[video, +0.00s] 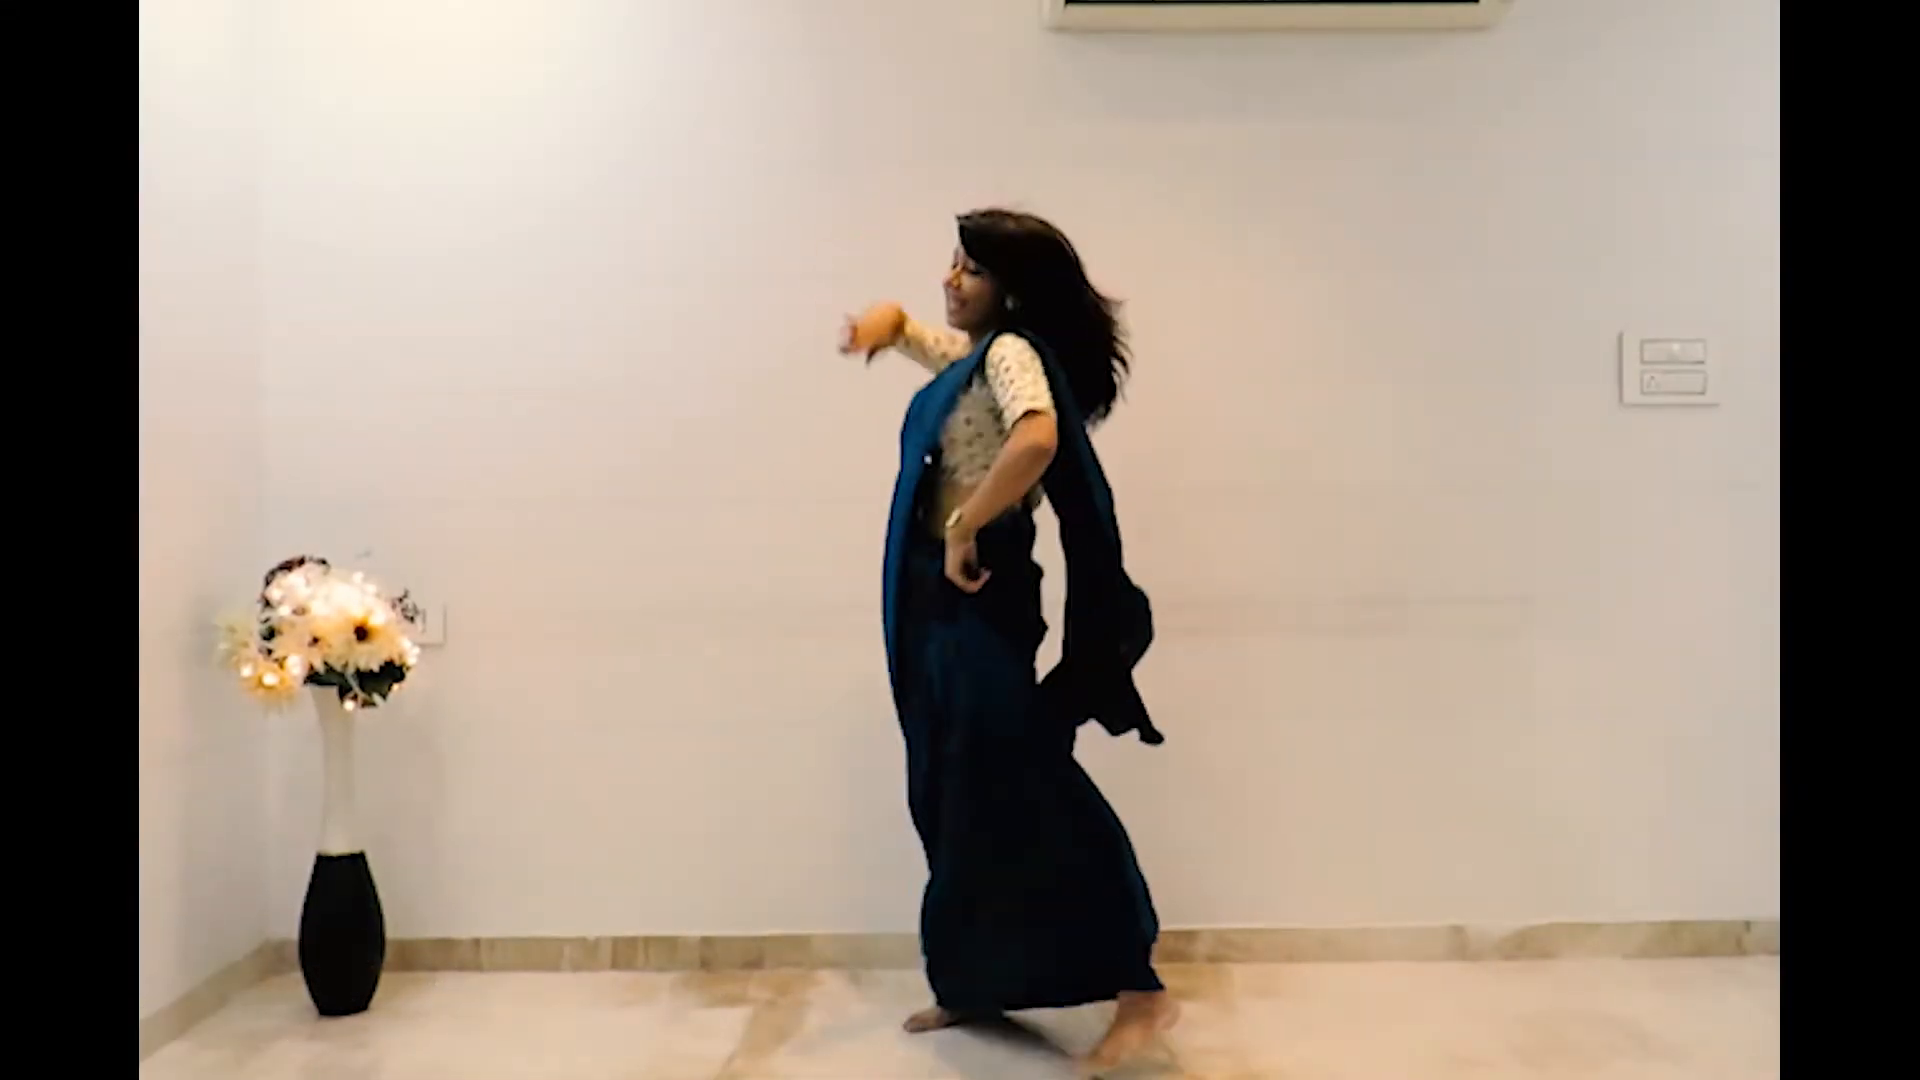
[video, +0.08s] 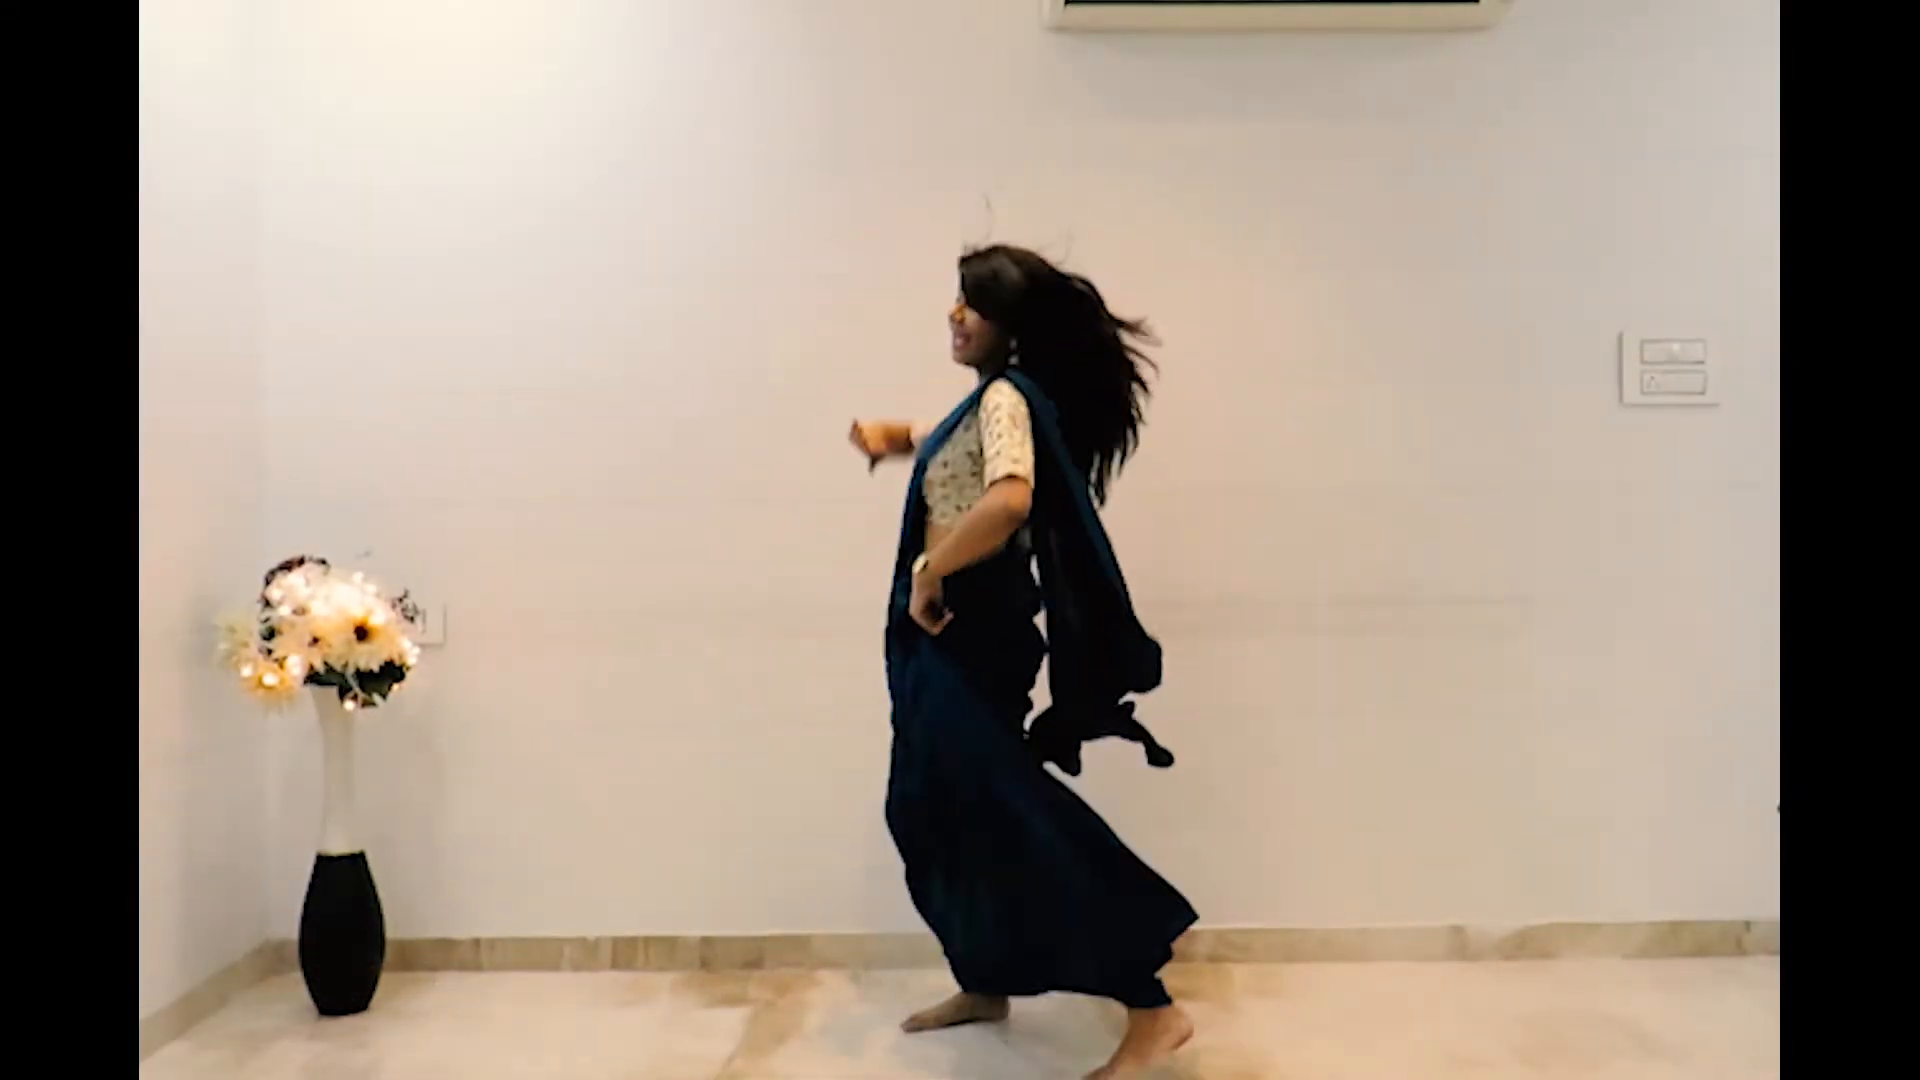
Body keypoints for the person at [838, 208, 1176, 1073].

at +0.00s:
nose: (950, 280)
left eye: (965, 272)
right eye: (954, 268)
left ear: (1004, 288)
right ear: (985, 285)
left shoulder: (1007, 353)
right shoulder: (966, 355)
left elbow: (1039, 436)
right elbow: (916, 335)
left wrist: (965, 523)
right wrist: (886, 323)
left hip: (986, 614)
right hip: (936, 613)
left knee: (1037, 788)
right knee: (949, 793)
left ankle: (1141, 991)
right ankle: (974, 985)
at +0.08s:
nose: (954, 318)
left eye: (970, 309)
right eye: (957, 304)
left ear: (1007, 326)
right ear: (992, 322)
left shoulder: (1003, 398)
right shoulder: (989, 396)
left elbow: (1010, 499)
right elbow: (955, 451)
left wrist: (932, 569)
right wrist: (903, 441)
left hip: (975, 644)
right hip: (952, 638)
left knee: (1008, 816)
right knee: (929, 806)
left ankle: (1150, 1009)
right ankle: (980, 986)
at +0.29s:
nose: (968, 265)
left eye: (983, 252)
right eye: (967, 252)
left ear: (1019, 268)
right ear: (965, 269)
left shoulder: (1056, 348)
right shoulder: (938, 362)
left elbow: (1129, 429)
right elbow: (822, 375)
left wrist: (1037, 492)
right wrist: (917, 348)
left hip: (1028, 609)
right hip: (944, 609)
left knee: (1064, 795)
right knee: (949, 790)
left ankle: (1139, 999)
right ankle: (964, 978)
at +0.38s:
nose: (988, 238)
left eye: (1007, 228)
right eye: (978, 224)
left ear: (1038, 247)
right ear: (958, 239)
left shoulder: (1072, 327)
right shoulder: (929, 327)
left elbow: (1164, 403)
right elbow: (848, 284)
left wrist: (1082, 462)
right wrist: (971, 281)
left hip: (1039, 572)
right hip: (944, 572)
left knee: (1060, 766)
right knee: (953, 767)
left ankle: (1092, 965)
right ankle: (975, 956)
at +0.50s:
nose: (1003, 252)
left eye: (1019, 243)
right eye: (988, 240)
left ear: (1042, 268)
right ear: (957, 260)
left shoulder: (1067, 345)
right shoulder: (929, 332)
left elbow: (1148, 424)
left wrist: (1114, 476)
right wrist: (1075, 323)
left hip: (1066, 576)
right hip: (976, 583)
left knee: (1070, 768)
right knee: (1005, 784)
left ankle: (1023, 972)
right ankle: (1004, 1012)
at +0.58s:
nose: (1014, 290)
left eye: (1028, 282)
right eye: (997, 277)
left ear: (1045, 308)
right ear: (962, 296)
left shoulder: (1038, 386)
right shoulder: (957, 391)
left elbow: (1092, 466)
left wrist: (1103, 510)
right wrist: (1084, 404)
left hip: (1056, 622)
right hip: (1002, 633)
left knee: (1081, 807)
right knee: (1052, 810)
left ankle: (1031, 1009)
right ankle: (1019, 1023)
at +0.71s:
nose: (1026, 298)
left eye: (1039, 290)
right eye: (1010, 283)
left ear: (1047, 317)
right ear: (974, 298)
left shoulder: (1016, 387)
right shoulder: (970, 377)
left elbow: (1029, 488)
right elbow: (1055, 461)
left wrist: (1077, 528)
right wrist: (1098, 385)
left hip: (1048, 617)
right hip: (1018, 624)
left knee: (1072, 803)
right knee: (1074, 805)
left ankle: (1036, 1003)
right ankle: (1034, 1030)